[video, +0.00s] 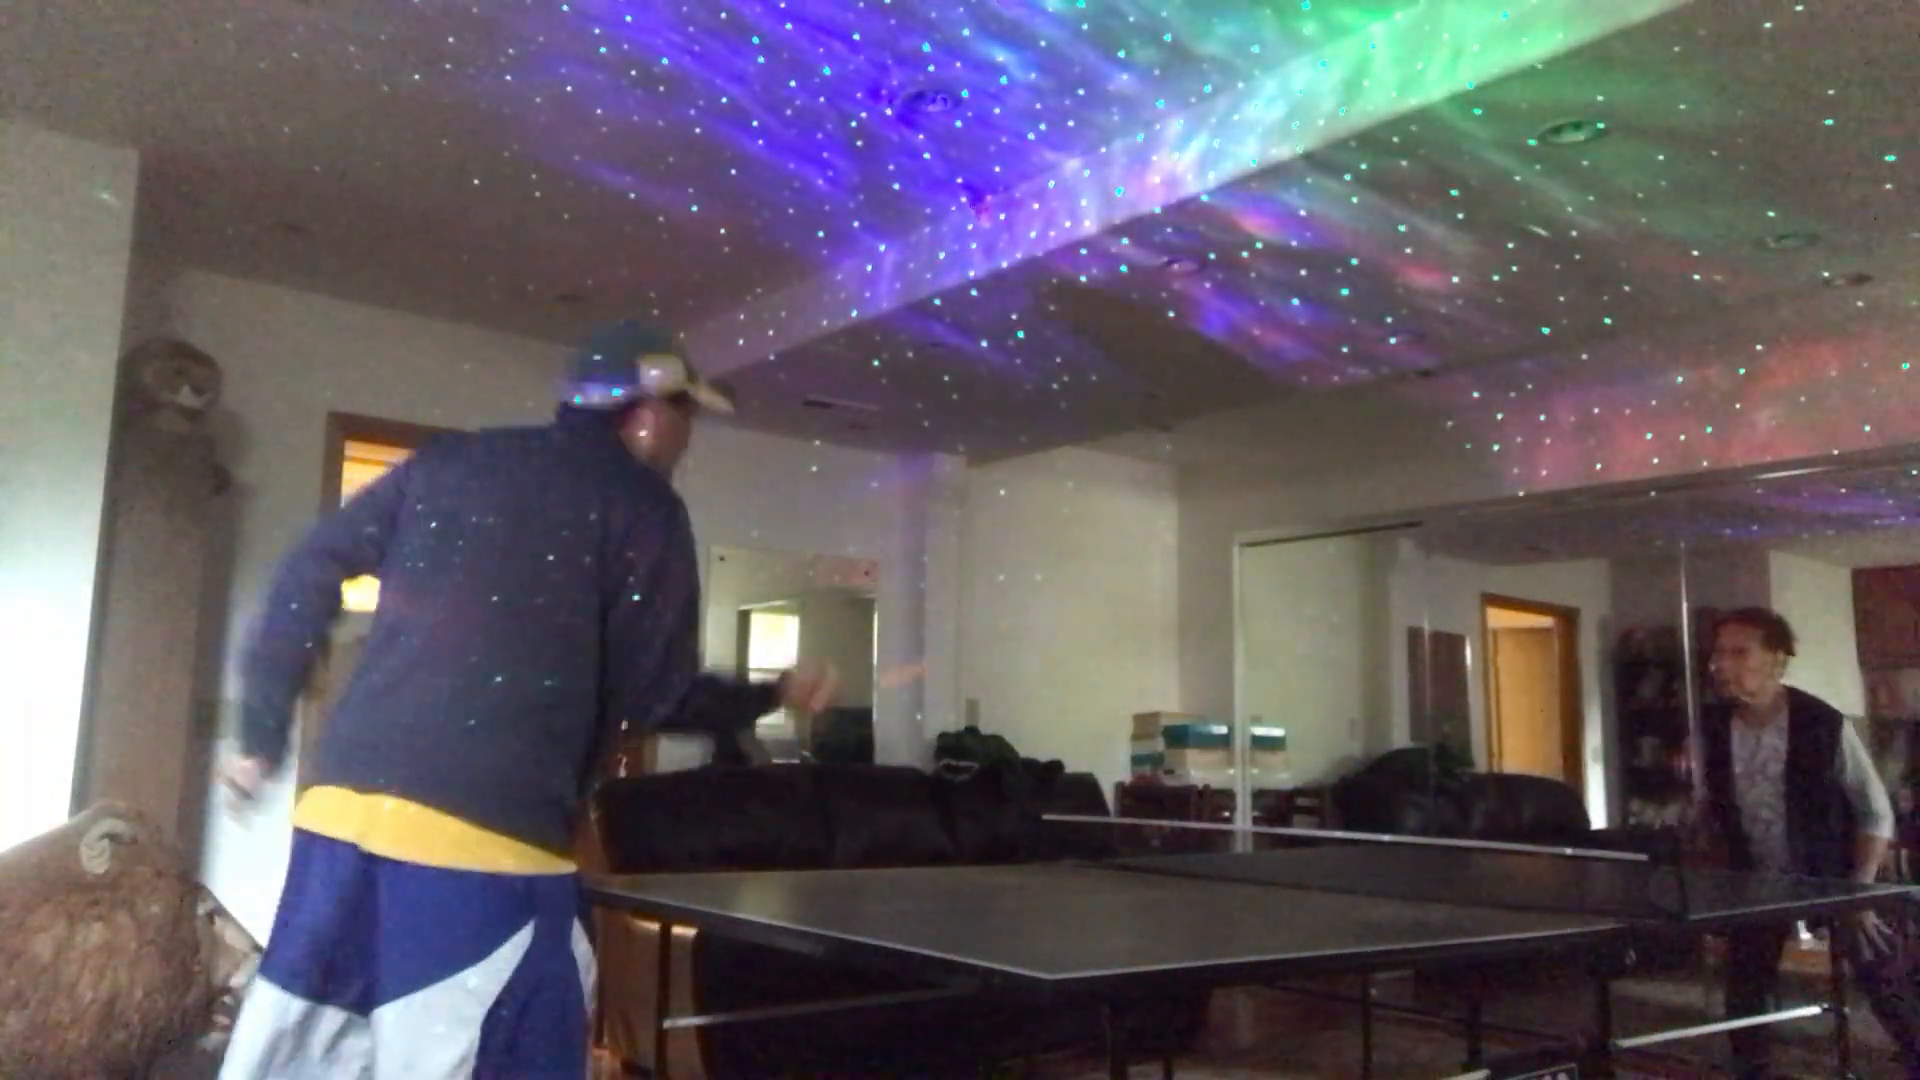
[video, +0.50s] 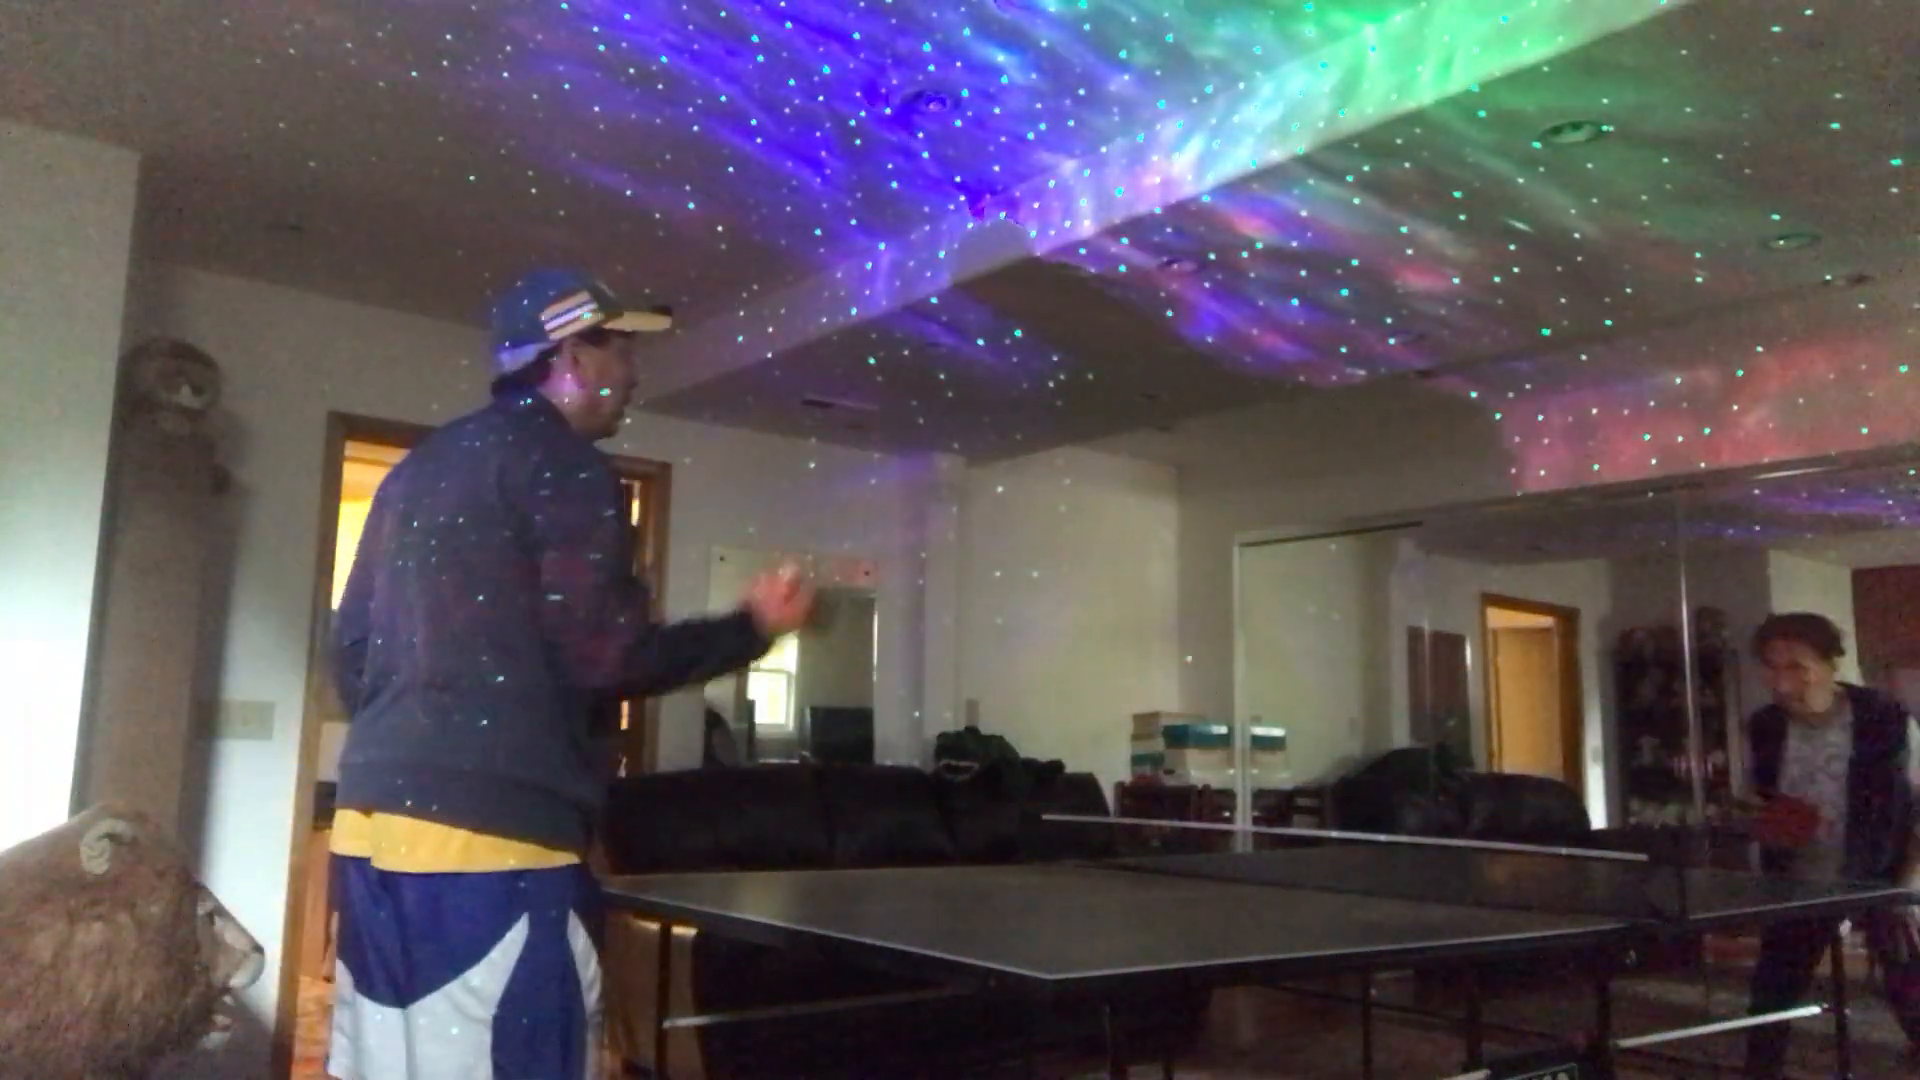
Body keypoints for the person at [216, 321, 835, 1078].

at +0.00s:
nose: (687, 437)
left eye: (690, 416)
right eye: (682, 413)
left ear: (577, 400)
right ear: (642, 410)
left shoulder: (450, 458)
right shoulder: (641, 502)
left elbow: (312, 562)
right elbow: (653, 693)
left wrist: (256, 730)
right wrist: (773, 696)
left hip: (340, 804)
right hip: (488, 830)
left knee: (292, 1051)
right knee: (492, 1059)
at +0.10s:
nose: (671, 403)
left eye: (672, 384)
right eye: (666, 383)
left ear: (562, 377)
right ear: (627, 383)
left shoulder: (440, 450)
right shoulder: (637, 490)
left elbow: (290, 548)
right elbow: (718, 656)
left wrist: (220, 709)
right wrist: (825, 595)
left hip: (355, 811)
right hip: (501, 836)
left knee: (308, 1043)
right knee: (510, 1057)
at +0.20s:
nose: (664, 381)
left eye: (661, 361)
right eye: (653, 362)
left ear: (555, 369)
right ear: (609, 370)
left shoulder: (437, 455)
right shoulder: (632, 487)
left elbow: (299, 577)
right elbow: (740, 621)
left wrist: (228, 738)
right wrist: (835, 517)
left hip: (364, 824)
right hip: (508, 842)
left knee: (336, 1058)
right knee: (509, 1058)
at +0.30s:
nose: (654, 380)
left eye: (649, 358)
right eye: (643, 357)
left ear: (545, 368)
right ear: (597, 366)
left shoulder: (429, 459)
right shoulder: (615, 480)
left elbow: (323, 613)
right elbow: (732, 616)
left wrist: (286, 787)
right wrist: (825, 505)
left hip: (368, 831)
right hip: (504, 847)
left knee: (368, 1066)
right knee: (516, 1064)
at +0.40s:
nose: (641, 373)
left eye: (638, 352)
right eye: (628, 350)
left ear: (535, 362)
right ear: (582, 361)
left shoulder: (418, 465)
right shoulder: (590, 471)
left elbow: (339, 634)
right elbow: (680, 641)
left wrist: (361, 781)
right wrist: (797, 552)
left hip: (368, 826)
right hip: (504, 839)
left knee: (376, 1066)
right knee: (522, 1063)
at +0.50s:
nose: (633, 374)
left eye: (631, 352)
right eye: (620, 350)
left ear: (537, 362)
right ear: (567, 358)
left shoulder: (414, 465)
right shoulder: (565, 462)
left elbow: (354, 649)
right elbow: (606, 653)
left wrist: (419, 746)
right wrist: (752, 626)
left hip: (370, 828)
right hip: (497, 842)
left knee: (374, 1067)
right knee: (521, 1063)